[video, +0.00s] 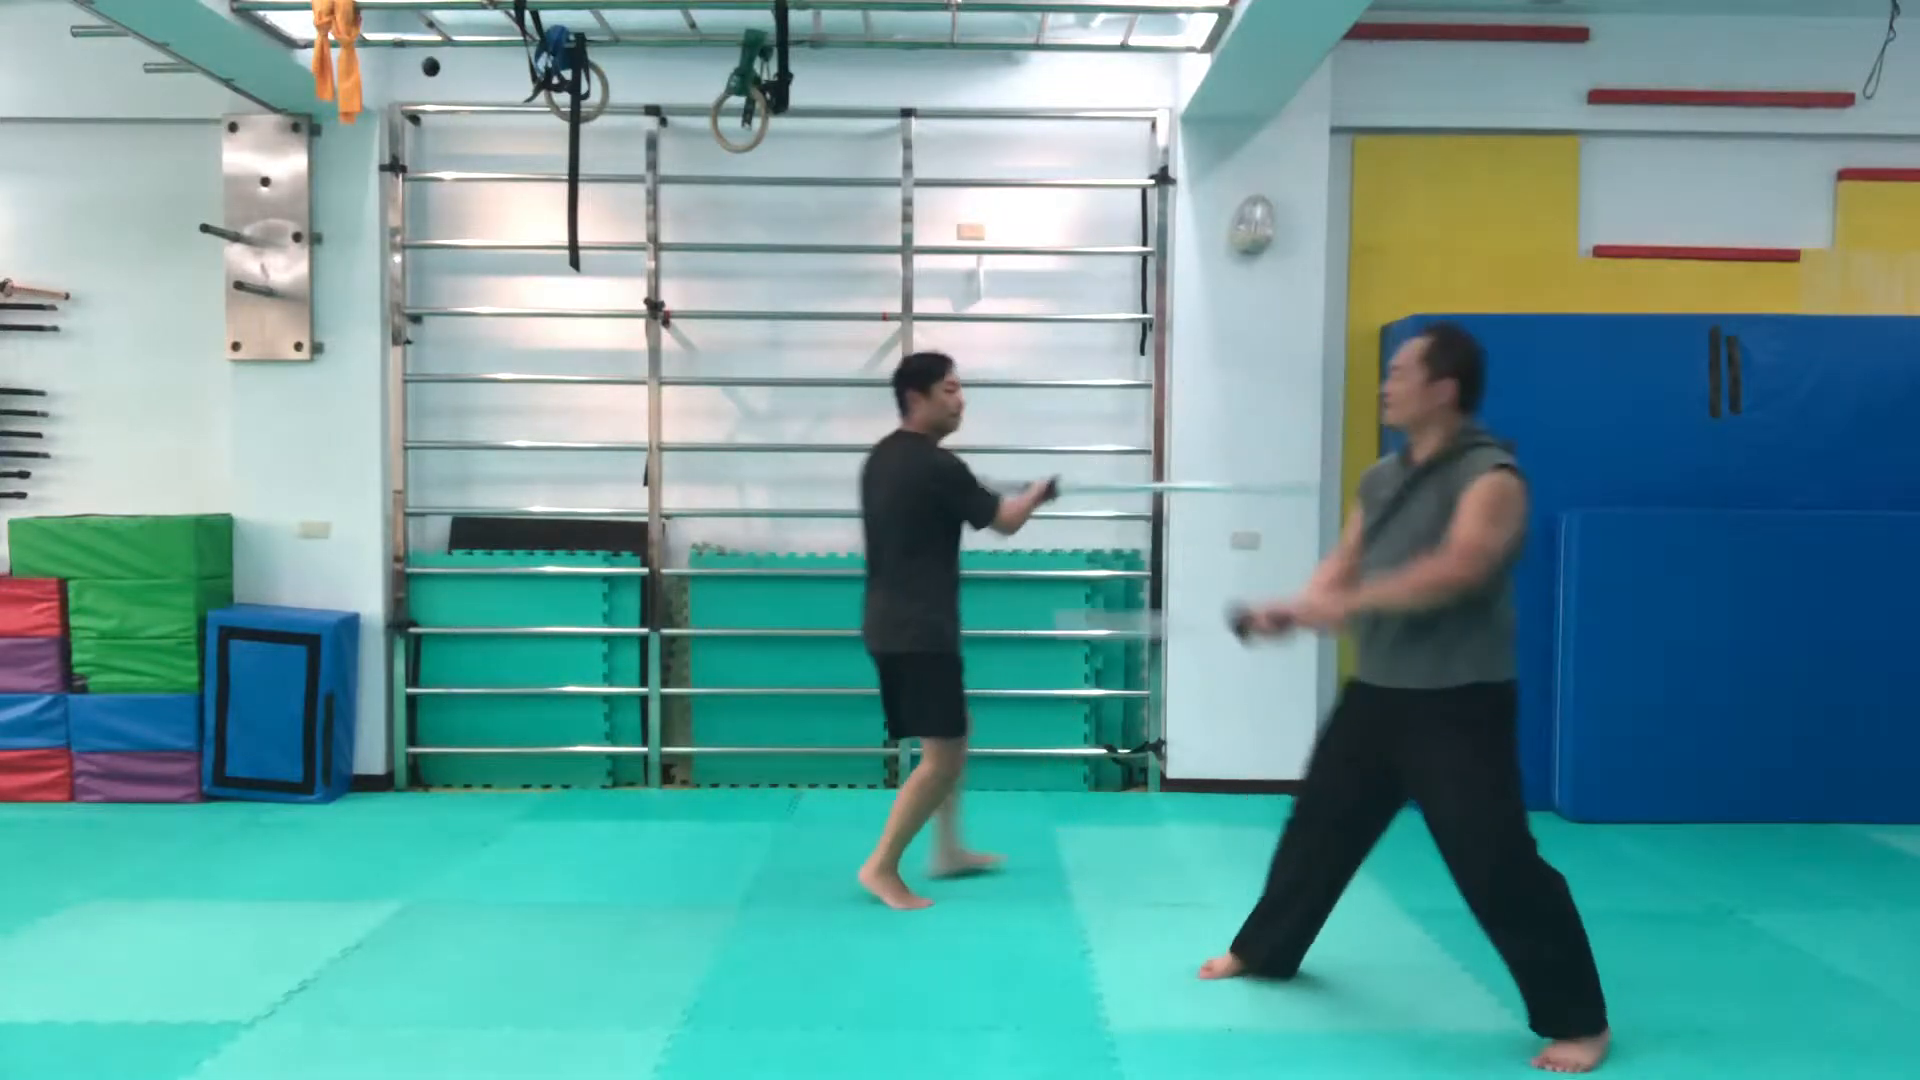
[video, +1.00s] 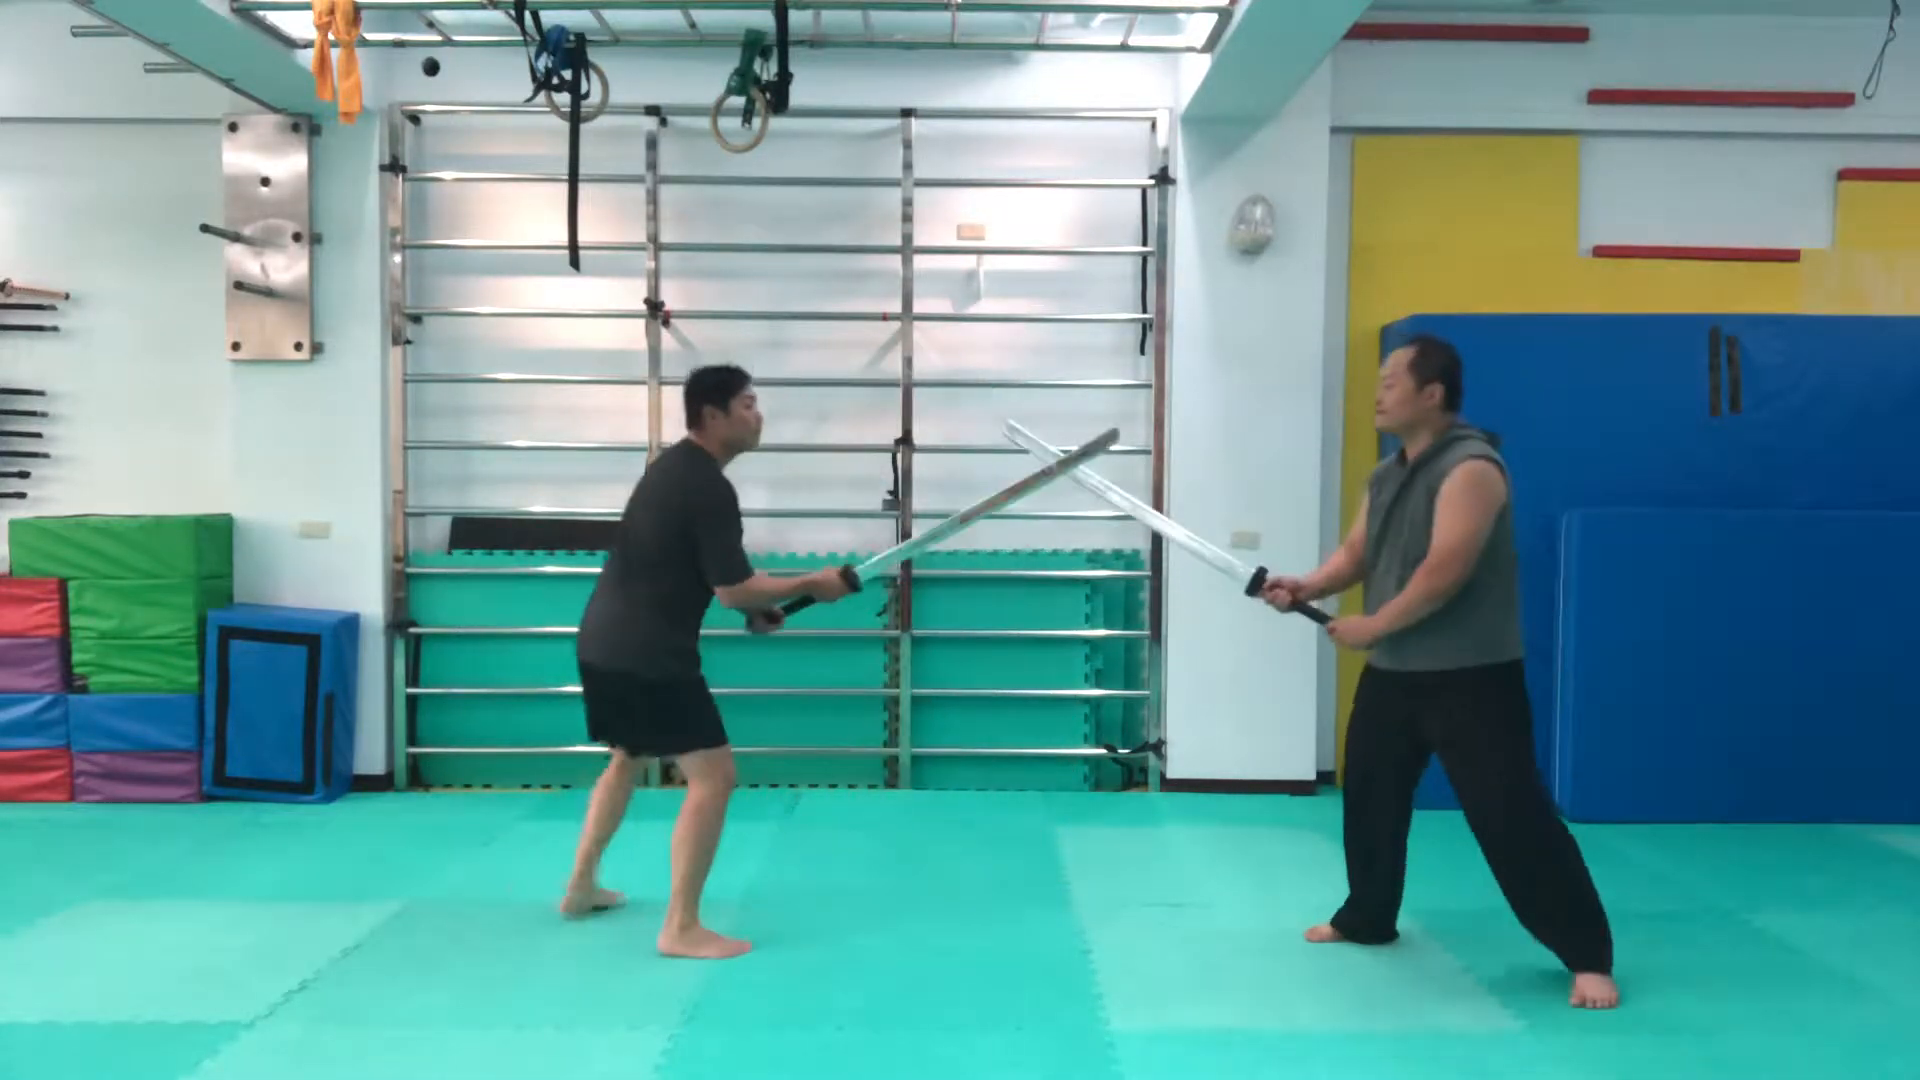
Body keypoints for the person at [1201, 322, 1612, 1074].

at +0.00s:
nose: (1386, 386)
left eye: (1400, 376)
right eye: (1388, 374)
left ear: (1446, 388)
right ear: (1415, 389)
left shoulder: (1492, 478)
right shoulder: (1380, 480)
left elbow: (1460, 569)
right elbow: (1345, 566)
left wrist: (1347, 603)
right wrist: (1289, 610)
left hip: (1461, 707)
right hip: (1378, 700)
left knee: (1498, 869)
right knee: (1320, 828)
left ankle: (1579, 1022)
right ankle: (1262, 952)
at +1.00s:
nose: (1378, 393)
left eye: (1390, 383)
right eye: (1379, 383)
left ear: (1433, 394)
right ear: (1404, 394)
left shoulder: (1472, 469)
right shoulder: (1387, 476)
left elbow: (1448, 567)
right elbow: (1355, 554)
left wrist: (1375, 624)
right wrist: (1306, 586)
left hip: (1472, 677)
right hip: (1394, 674)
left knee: (1514, 818)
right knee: (1370, 796)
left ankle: (1588, 959)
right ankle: (1367, 918)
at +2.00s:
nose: (1397, 413)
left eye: (1410, 402)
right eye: (1396, 401)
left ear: (1455, 406)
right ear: (1418, 409)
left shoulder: (1505, 470)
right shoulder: (1392, 486)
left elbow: (1442, 545)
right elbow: (1325, 534)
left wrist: (1348, 577)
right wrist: (1259, 557)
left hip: (1508, 686)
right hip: (1416, 687)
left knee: (1551, 819)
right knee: (1381, 798)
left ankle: (1613, 973)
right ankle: (1369, 918)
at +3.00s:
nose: (1219, 465)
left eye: (1228, 453)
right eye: (1218, 454)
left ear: (1262, 452)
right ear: (1228, 457)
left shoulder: (1320, 486)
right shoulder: (1246, 510)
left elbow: (1249, 403)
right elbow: (1174, 500)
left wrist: (1179, 370)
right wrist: (1141, 417)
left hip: (1372, 698)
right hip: (1300, 705)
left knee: (1453, 835)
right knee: (1224, 802)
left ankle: (1591, 966)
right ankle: (1230, 956)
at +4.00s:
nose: (1459, 368)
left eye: (1475, 359)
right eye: (1463, 357)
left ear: (1520, 375)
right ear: (1487, 374)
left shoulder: (1560, 463)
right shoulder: (1436, 464)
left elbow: (1551, 562)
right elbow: (1407, 553)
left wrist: (1457, 616)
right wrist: (1380, 627)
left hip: (1517, 685)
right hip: (1433, 678)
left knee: (1530, 835)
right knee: (1380, 776)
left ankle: (1573, 993)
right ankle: (1408, 899)